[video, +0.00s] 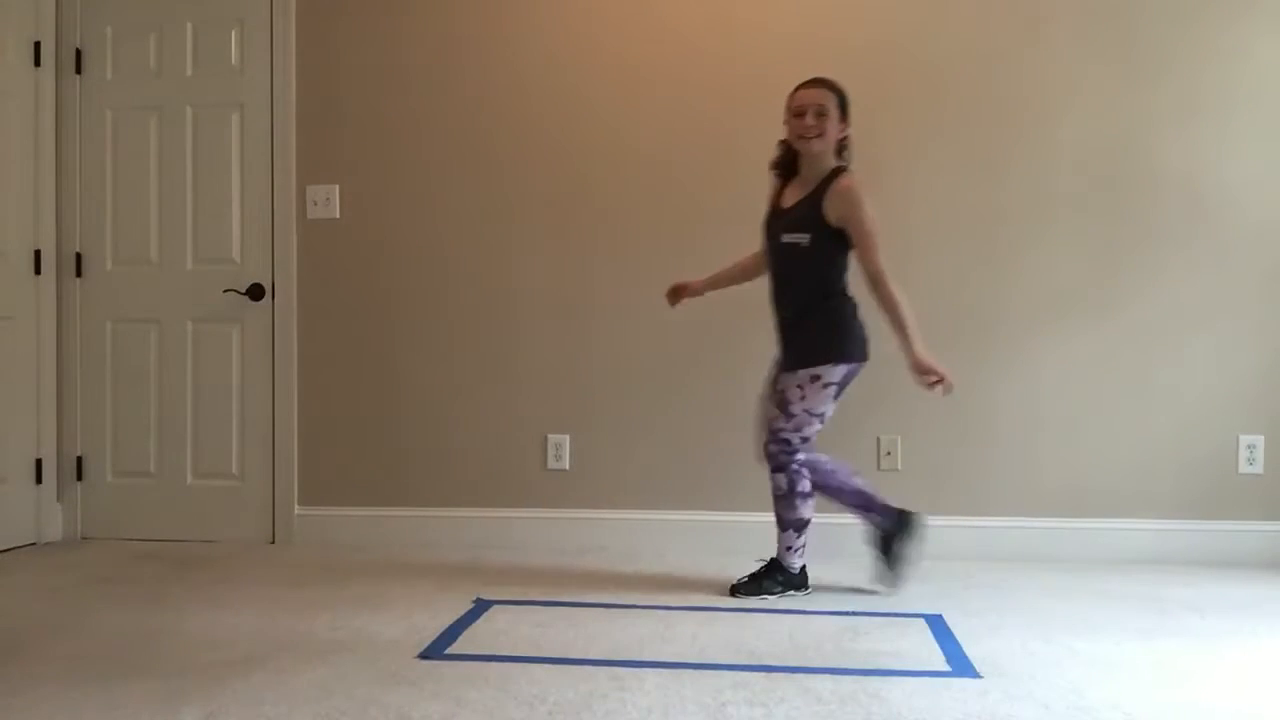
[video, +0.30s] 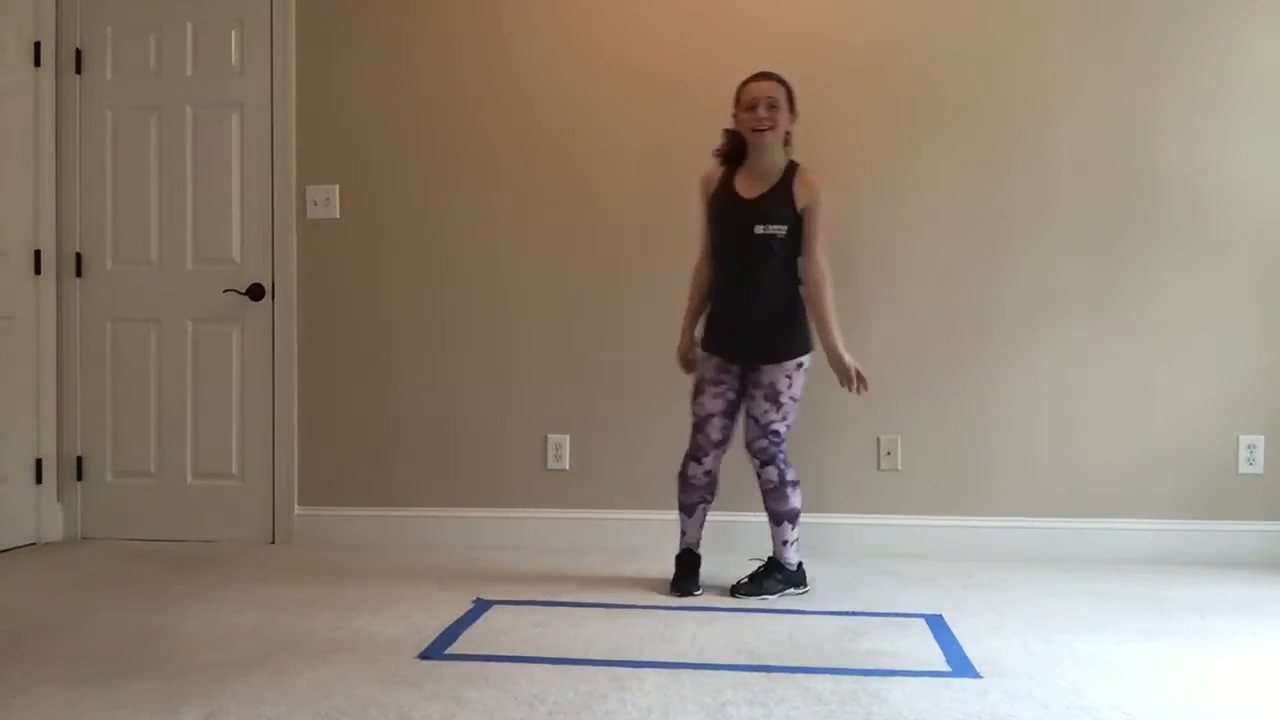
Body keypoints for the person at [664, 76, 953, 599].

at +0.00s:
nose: (806, 122)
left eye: (820, 114)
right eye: (797, 114)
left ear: (842, 127)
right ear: (786, 125)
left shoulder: (842, 192)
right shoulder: (785, 188)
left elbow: (878, 278)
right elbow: (765, 260)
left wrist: (915, 354)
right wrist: (701, 286)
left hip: (832, 344)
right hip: (798, 344)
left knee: (787, 446)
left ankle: (790, 567)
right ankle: (889, 520)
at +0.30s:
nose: (760, 114)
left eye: (771, 106)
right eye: (750, 106)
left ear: (789, 119)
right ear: (736, 117)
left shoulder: (802, 185)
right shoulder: (715, 180)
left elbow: (814, 272)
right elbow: (707, 261)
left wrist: (836, 351)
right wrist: (688, 329)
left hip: (780, 345)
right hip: (720, 339)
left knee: (766, 446)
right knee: (704, 447)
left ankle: (788, 563)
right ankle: (688, 555)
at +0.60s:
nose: (726, 118)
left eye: (736, 111)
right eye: (716, 111)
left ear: (753, 122)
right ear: (700, 123)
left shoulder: (772, 190)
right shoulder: (678, 185)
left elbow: (792, 271)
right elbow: (644, 259)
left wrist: (846, 303)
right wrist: (583, 285)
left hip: (749, 342)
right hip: (688, 338)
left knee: (733, 449)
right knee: (688, 445)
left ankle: (725, 555)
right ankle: (685, 556)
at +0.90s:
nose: (718, 127)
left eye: (729, 120)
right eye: (708, 119)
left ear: (744, 131)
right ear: (693, 128)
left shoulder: (759, 197)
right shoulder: (667, 191)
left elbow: (781, 276)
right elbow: (638, 265)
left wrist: (839, 294)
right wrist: (582, 268)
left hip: (745, 345)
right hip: (685, 343)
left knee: (731, 452)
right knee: (689, 450)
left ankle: (725, 556)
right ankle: (686, 556)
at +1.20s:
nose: (720, 129)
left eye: (731, 121)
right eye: (710, 120)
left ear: (745, 131)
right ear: (693, 129)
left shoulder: (757, 196)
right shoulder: (663, 190)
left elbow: (787, 267)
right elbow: (640, 262)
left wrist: (824, 302)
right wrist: (605, 307)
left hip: (739, 344)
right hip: (678, 343)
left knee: (727, 451)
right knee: (683, 449)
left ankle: (724, 555)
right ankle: (686, 557)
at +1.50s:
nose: (717, 128)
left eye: (727, 119)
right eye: (707, 119)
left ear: (742, 128)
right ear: (691, 128)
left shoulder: (756, 196)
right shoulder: (664, 189)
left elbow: (781, 271)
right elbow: (641, 261)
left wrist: (777, 342)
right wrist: (631, 327)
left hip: (737, 346)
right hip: (674, 343)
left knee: (727, 454)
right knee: (678, 452)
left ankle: (724, 555)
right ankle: (685, 556)